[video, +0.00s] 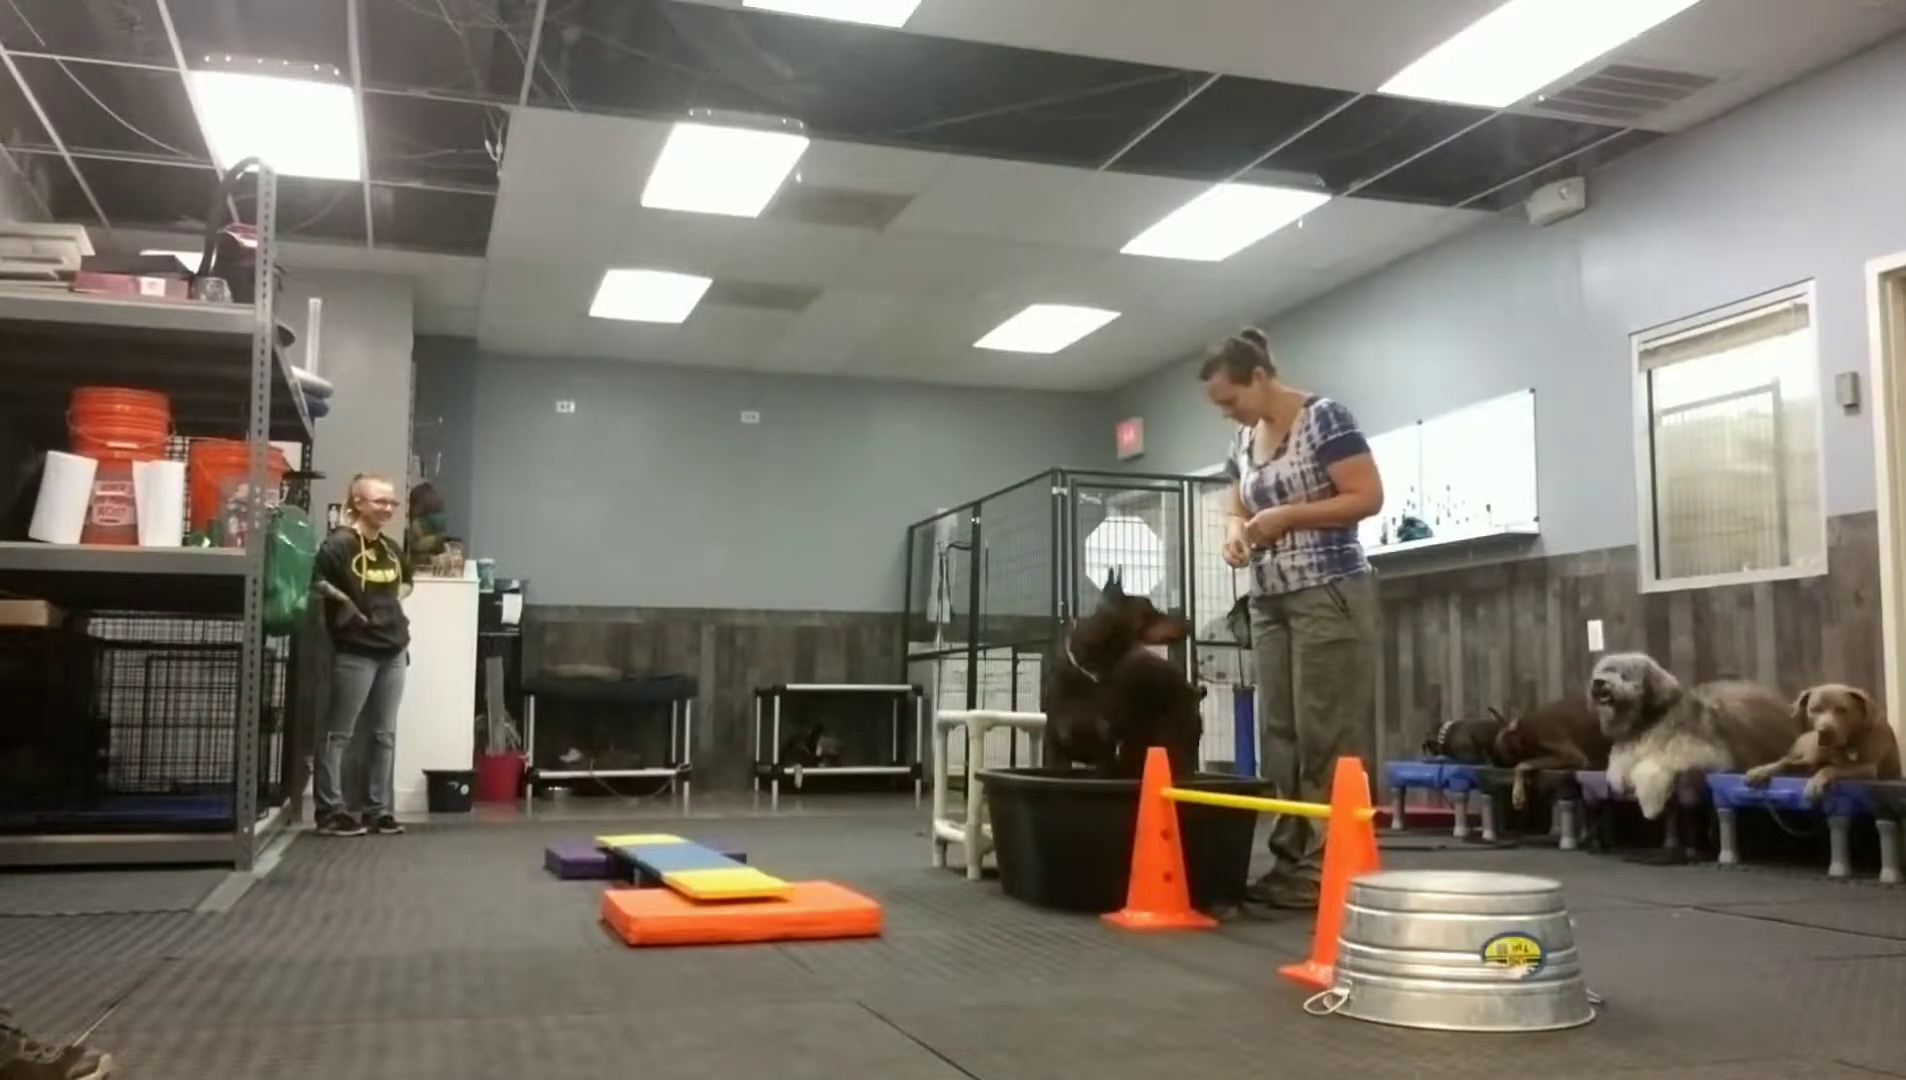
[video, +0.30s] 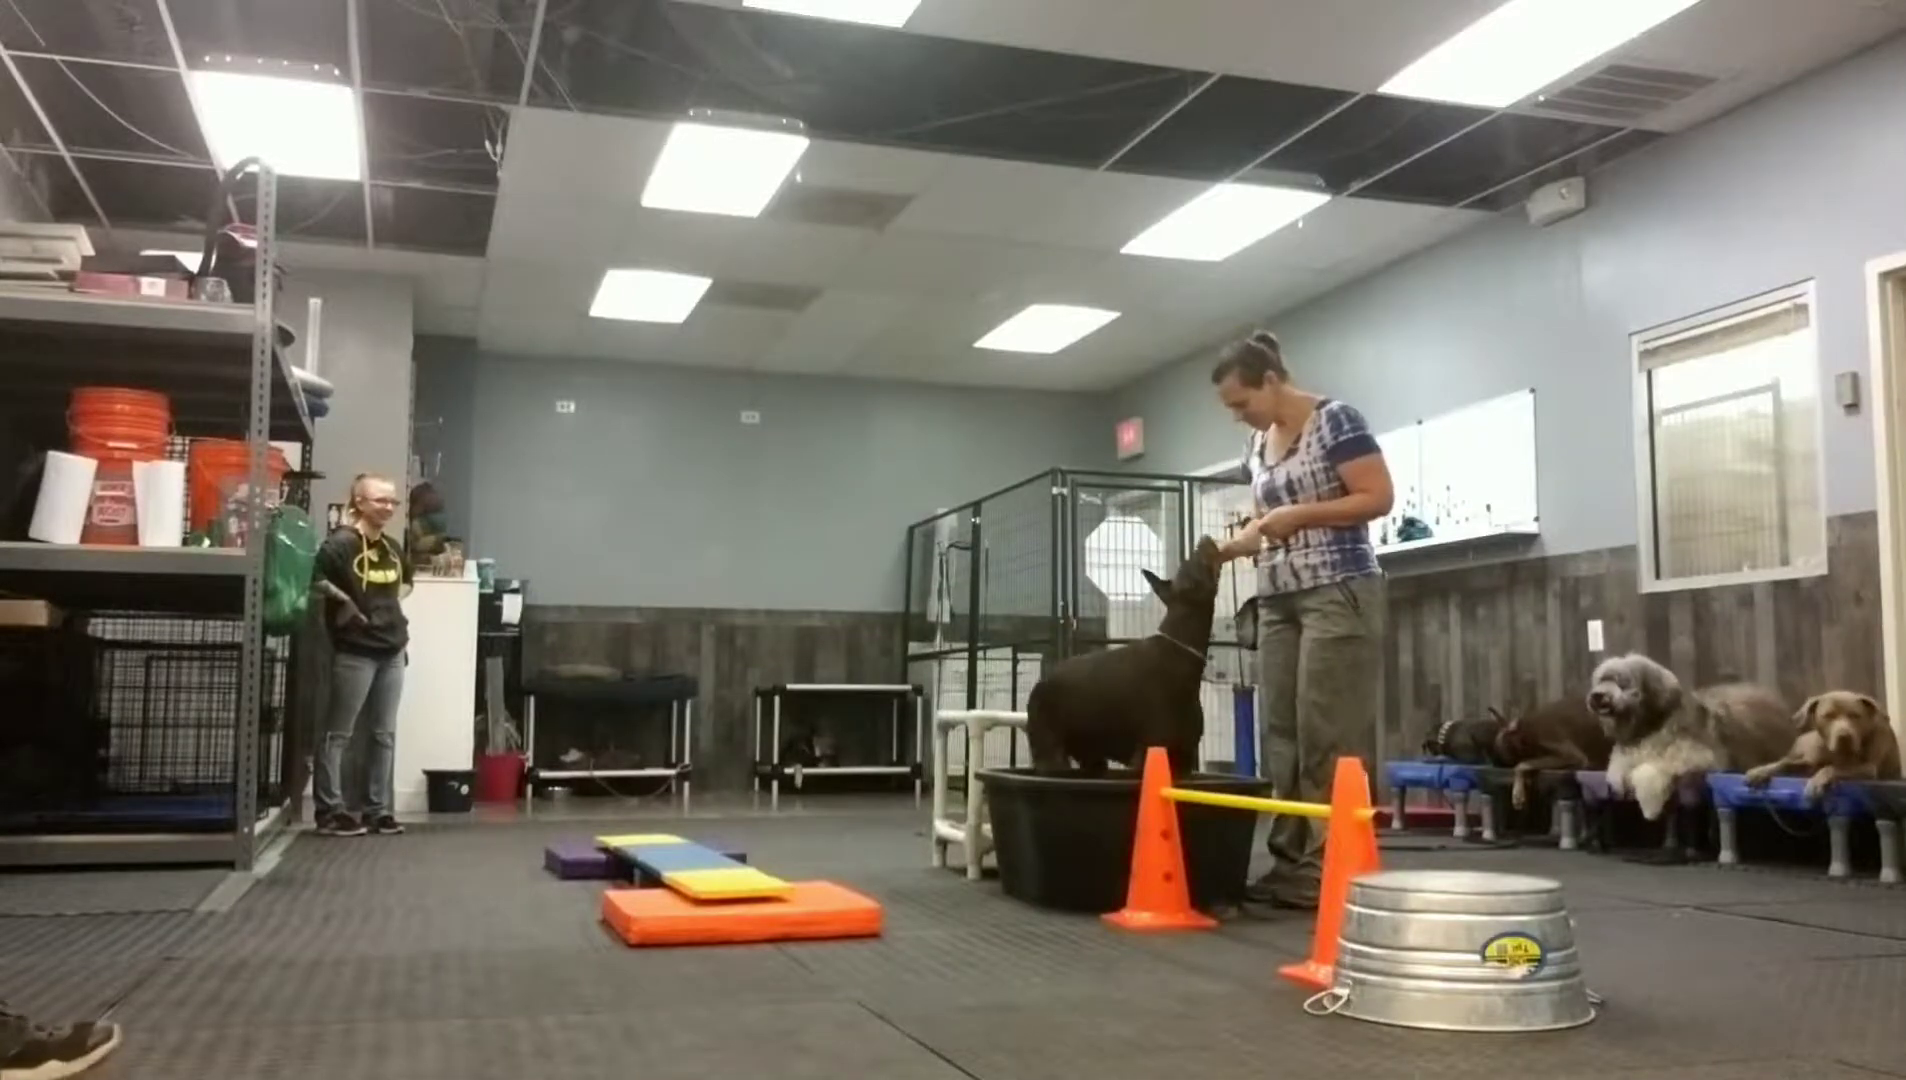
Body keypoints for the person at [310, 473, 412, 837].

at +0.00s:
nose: (389, 509)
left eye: (392, 503)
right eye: (381, 502)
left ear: (392, 507)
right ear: (358, 504)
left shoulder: (389, 547)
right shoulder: (338, 546)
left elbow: (403, 584)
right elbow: (317, 586)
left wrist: (394, 621)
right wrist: (347, 607)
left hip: (393, 649)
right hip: (355, 649)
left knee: (383, 734)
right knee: (338, 735)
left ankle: (377, 811)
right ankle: (330, 811)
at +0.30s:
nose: (390, 508)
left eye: (392, 502)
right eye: (382, 501)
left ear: (393, 506)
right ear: (360, 503)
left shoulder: (389, 545)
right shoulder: (339, 545)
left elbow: (404, 582)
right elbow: (315, 582)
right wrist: (345, 604)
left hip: (392, 649)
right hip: (355, 649)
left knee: (383, 734)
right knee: (338, 734)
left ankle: (377, 811)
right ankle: (329, 811)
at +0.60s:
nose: (389, 506)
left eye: (393, 501)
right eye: (382, 499)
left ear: (396, 505)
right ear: (361, 502)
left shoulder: (391, 545)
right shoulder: (341, 543)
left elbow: (409, 581)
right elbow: (315, 579)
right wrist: (345, 603)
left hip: (393, 649)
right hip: (355, 649)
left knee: (383, 735)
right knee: (338, 734)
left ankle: (378, 811)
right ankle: (330, 811)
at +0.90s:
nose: (389, 506)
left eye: (393, 500)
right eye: (382, 499)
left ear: (395, 505)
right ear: (361, 502)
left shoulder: (391, 545)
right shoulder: (340, 544)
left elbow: (409, 581)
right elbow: (314, 580)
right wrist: (345, 604)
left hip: (393, 649)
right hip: (355, 649)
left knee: (383, 735)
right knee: (338, 734)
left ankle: (378, 811)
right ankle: (330, 811)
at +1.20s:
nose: (389, 508)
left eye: (392, 502)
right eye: (381, 501)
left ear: (394, 506)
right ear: (360, 502)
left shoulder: (391, 546)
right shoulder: (340, 545)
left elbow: (407, 582)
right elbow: (314, 582)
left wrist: (392, 619)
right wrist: (346, 607)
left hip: (392, 649)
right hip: (355, 649)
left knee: (384, 735)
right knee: (339, 735)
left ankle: (377, 811)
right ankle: (330, 811)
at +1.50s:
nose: (389, 508)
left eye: (392, 502)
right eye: (381, 501)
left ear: (395, 506)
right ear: (359, 503)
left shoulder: (391, 546)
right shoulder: (339, 546)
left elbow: (403, 585)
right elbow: (316, 586)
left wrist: (395, 623)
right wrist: (346, 608)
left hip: (392, 650)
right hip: (355, 650)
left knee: (383, 734)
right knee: (339, 734)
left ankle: (378, 811)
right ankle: (330, 811)